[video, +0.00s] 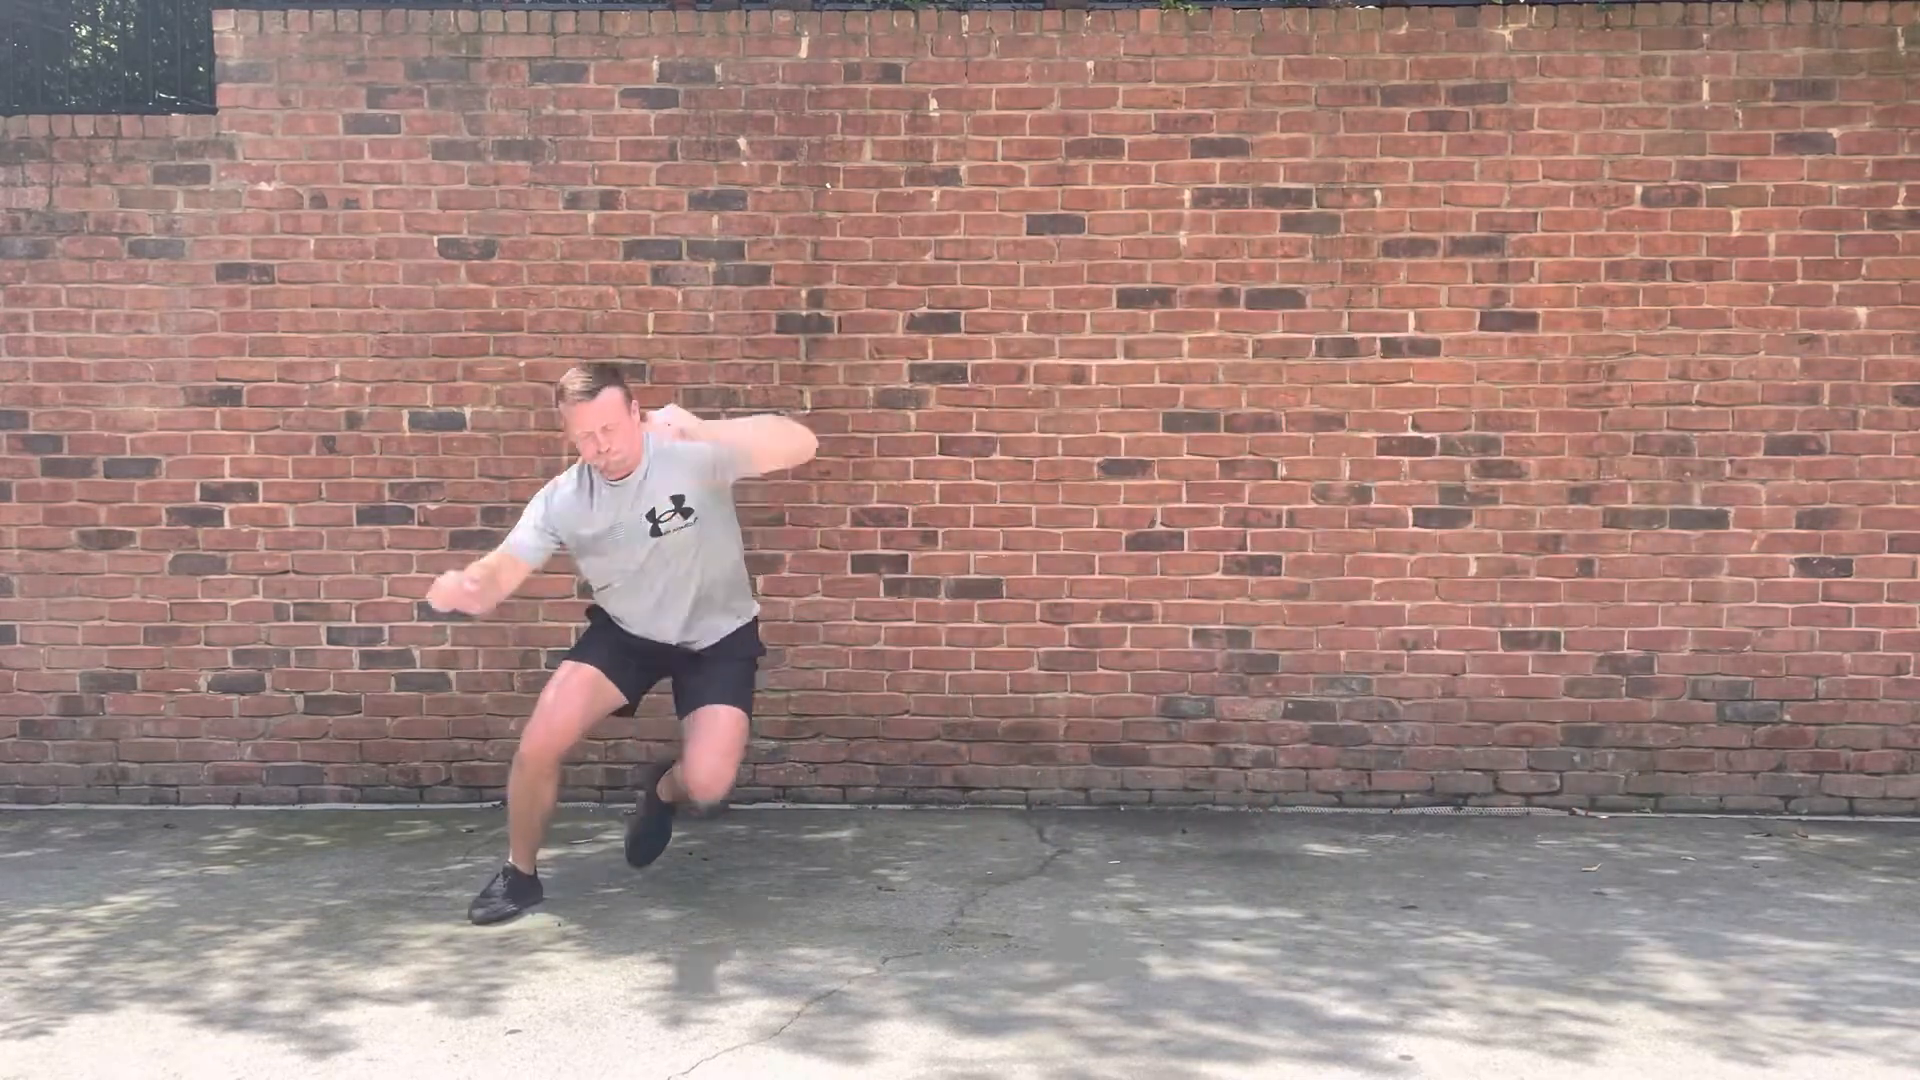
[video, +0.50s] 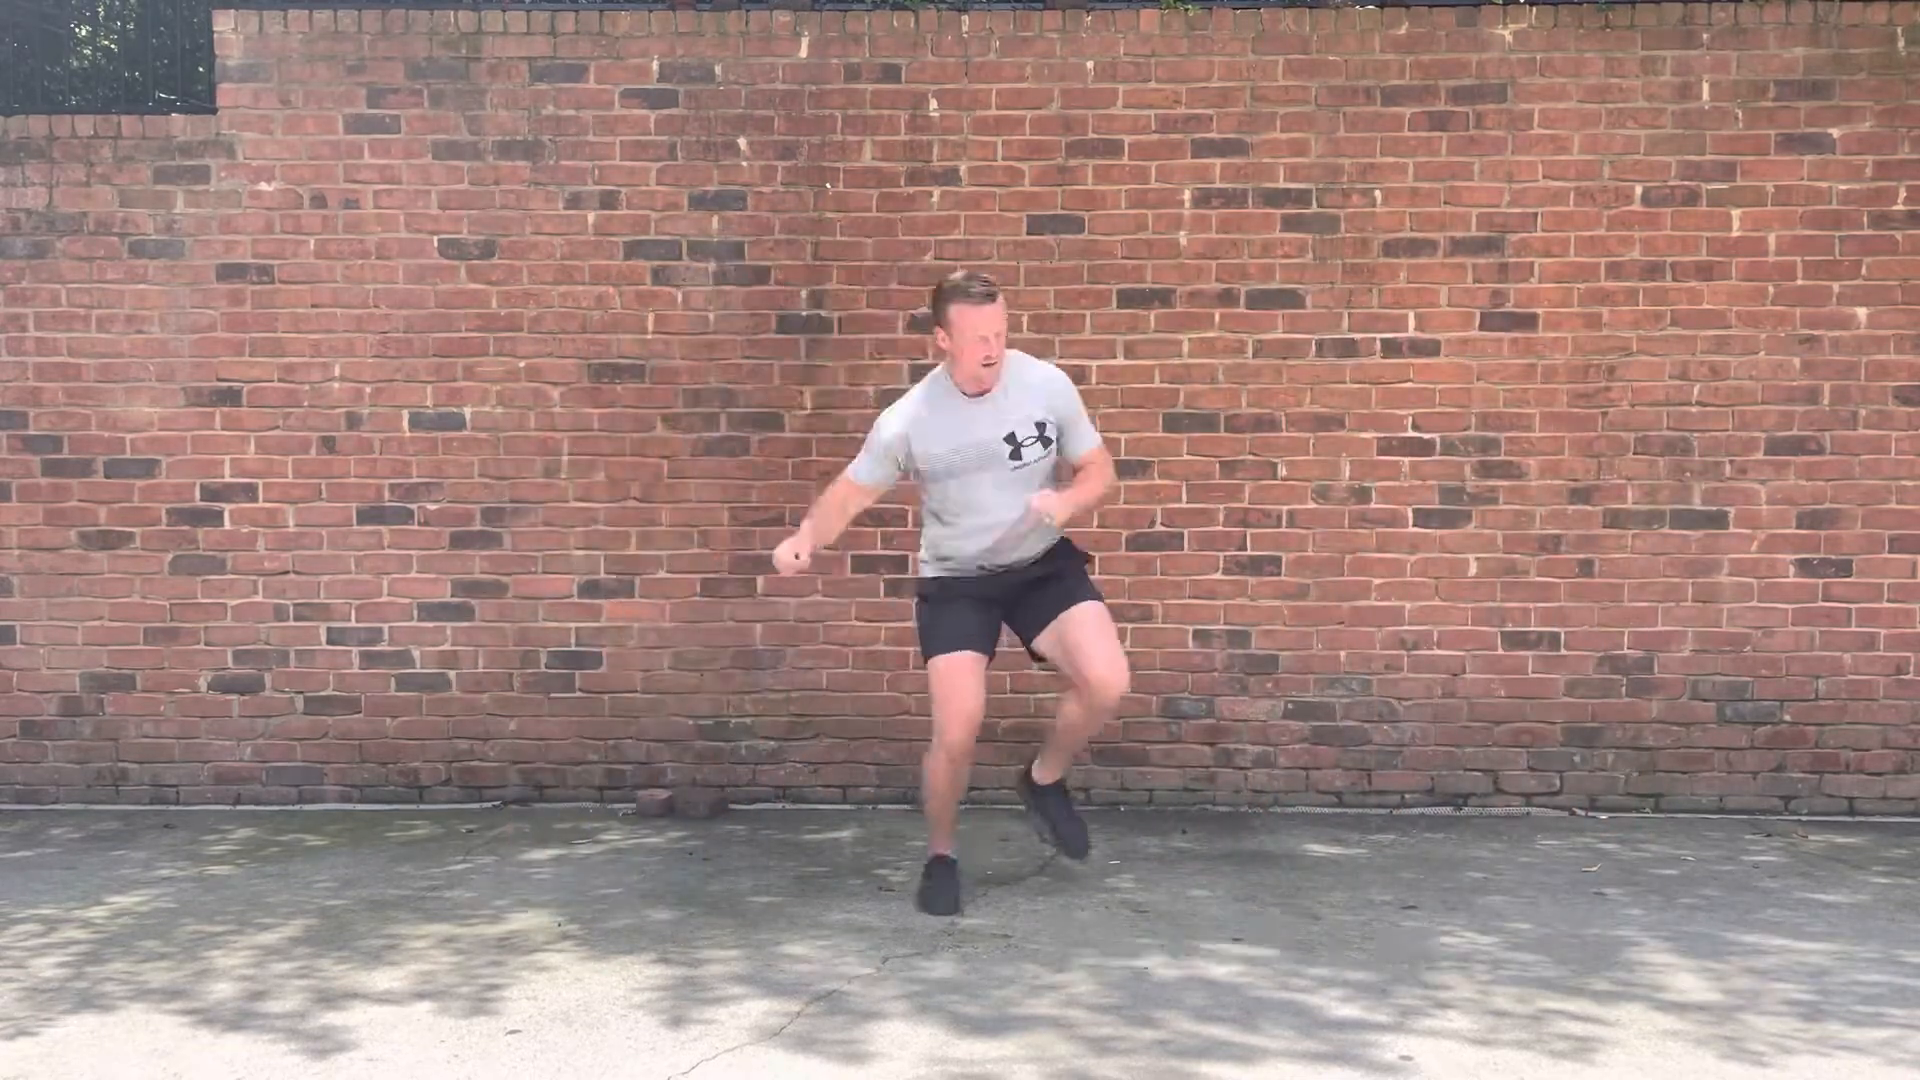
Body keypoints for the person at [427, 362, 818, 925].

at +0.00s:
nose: (601, 446)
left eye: (610, 428)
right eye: (585, 435)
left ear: (637, 415)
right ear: (570, 435)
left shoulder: (692, 457)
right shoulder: (560, 501)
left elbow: (800, 443)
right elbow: (501, 570)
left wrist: (701, 429)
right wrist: (468, 591)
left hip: (719, 632)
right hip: (626, 631)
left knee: (710, 784)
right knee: (541, 737)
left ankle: (664, 792)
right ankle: (520, 874)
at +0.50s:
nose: (992, 349)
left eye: (999, 334)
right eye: (976, 337)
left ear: (1008, 330)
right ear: (942, 340)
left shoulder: (1046, 385)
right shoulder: (907, 421)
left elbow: (1098, 469)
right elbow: (850, 491)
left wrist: (1067, 501)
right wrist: (806, 538)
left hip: (1043, 564)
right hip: (956, 579)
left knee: (1107, 681)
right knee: (957, 730)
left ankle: (1044, 780)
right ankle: (941, 855)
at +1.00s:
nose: (1524, 413)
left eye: (1532, 399)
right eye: (1514, 397)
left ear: (1537, 393)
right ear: (1472, 383)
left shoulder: (1528, 453)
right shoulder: (1409, 441)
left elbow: (1521, 520)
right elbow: (1297, 501)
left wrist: (1552, 584)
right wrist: (1383, 506)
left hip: (1482, 604)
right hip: (1391, 618)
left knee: (1575, 735)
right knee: (1361, 784)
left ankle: (1615, 863)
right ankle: (1393, 729)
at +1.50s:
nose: (1381, 291)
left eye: (1398, 279)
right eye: (1372, 274)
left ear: (1422, 276)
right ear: (1355, 262)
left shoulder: (1449, 340)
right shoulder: (1301, 318)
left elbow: (1533, 402)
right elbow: (1191, 316)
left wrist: (1539, 404)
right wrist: (1105, 335)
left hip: (1393, 526)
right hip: (1296, 514)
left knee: (1453, 674)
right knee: (1223, 642)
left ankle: (1492, 831)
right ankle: (1297, 670)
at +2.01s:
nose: (967, 284)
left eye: (982, 271)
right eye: (957, 270)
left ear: (1011, 264)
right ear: (945, 260)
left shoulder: (1046, 333)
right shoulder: (914, 302)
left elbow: (1144, 408)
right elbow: (828, 297)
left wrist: (1103, 408)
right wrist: (778, 310)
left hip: (1008, 517)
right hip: (915, 499)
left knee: (1073, 663)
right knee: (800, 597)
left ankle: (1145, 811)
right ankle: (837, 694)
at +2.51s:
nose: (540, 460)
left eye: (550, 443)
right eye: (527, 449)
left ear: (581, 429)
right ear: (517, 450)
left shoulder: (634, 473)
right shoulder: (528, 514)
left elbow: (725, 543)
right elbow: (480, 597)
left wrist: (625, 568)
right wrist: (420, 662)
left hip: (678, 638)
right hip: (595, 633)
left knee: (608, 786)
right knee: (519, 733)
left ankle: (591, 790)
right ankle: (528, 858)